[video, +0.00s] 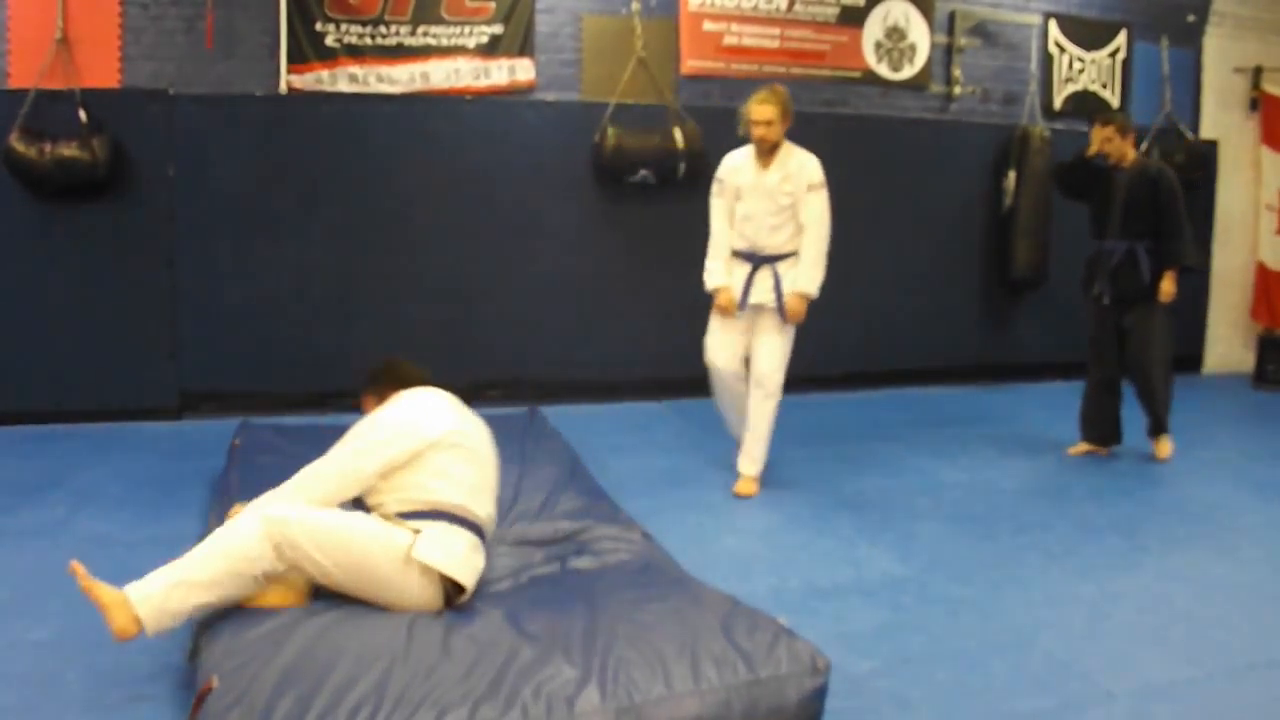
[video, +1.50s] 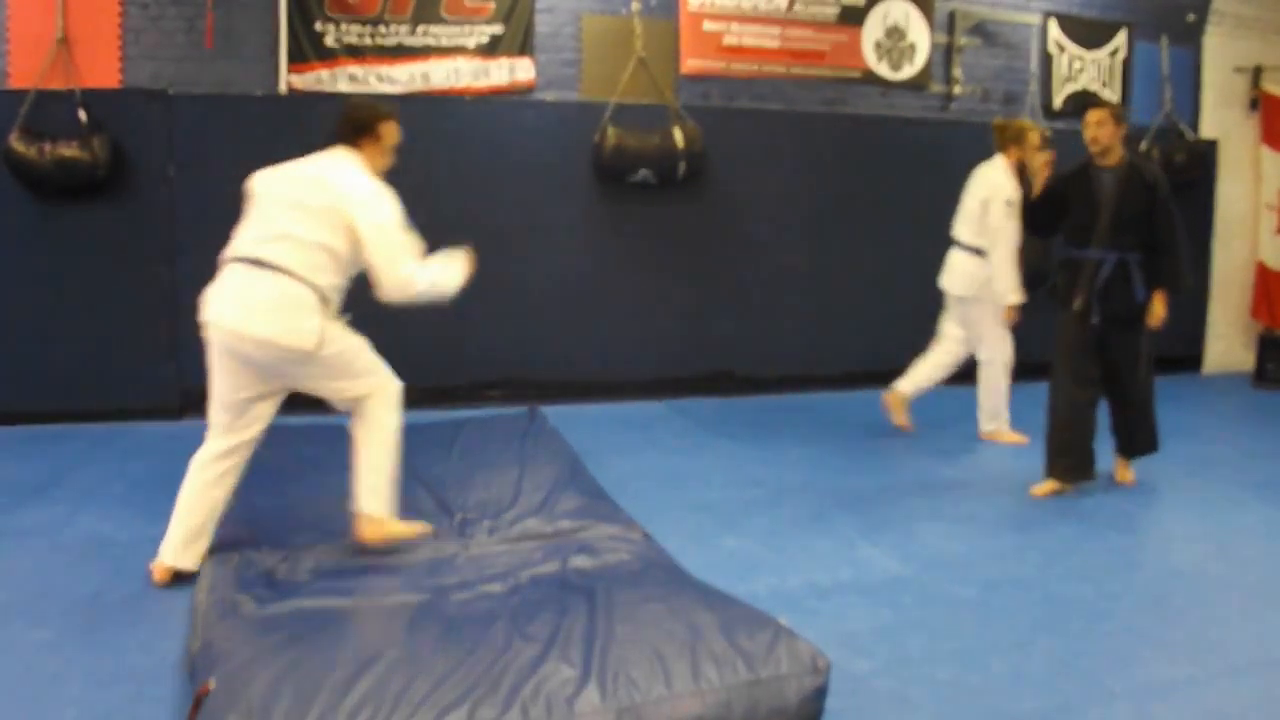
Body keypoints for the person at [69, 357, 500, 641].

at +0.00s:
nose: (364, 419)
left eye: (365, 410)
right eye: (364, 412)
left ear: (382, 397)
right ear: (402, 393)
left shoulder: (423, 405)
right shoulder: (430, 423)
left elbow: (333, 475)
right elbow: (342, 483)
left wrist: (257, 514)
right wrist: (265, 507)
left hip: (426, 566)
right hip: (419, 565)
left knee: (271, 525)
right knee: (280, 516)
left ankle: (137, 607)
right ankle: (290, 584)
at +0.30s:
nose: (270, 435)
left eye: (271, 426)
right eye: (271, 428)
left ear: (284, 411)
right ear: (335, 394)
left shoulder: (291, 425)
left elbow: (240, 502)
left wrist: (210, 545)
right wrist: (449, 540)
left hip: (379, 548)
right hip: (423, 571)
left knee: (234, 558)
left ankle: (172, 681)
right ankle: (294, 602)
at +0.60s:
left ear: (279, 357)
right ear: (335, 363)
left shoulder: (259, 371)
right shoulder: (357, 388)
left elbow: (210, 427)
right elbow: (403, 469)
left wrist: (215, 479)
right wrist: (443, 529)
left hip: (248, 474)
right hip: (318, 494)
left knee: (163, 562)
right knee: (282, 563)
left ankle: (163, 655)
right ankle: (279, 596)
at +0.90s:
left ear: (243, 281)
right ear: (288, 294)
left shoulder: (215, 295)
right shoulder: (311, 334)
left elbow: (136, 355)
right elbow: (338, 431)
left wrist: (175, 405)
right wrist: (356, 511)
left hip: (187, 431)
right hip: (260, 454)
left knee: (164, 445)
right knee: (267, 551)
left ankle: (160, 564)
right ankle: (265, 601)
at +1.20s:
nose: (270, 210)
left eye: (268, 204)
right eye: (269, 204)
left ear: (212, 203)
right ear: (261, 203)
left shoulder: (176, 246)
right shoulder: (285, 250)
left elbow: (153, 332)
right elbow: (305, 341)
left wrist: (169, 379)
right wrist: (298, 412)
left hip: (185, 362)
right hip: (259, 368)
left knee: (191, 451)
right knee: (268, 499)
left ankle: (166, 561)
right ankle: (258, 574)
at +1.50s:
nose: (396, 158)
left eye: (397, 148)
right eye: (394, 146)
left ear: (345, 135)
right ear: (376, 138)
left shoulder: (279, 175)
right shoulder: (367, 190)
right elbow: (397, 282)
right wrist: (456, 266)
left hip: (224, 305)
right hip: (286, 316)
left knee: (226, 438)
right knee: (378, 391)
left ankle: (175, 558)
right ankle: (375, 519)